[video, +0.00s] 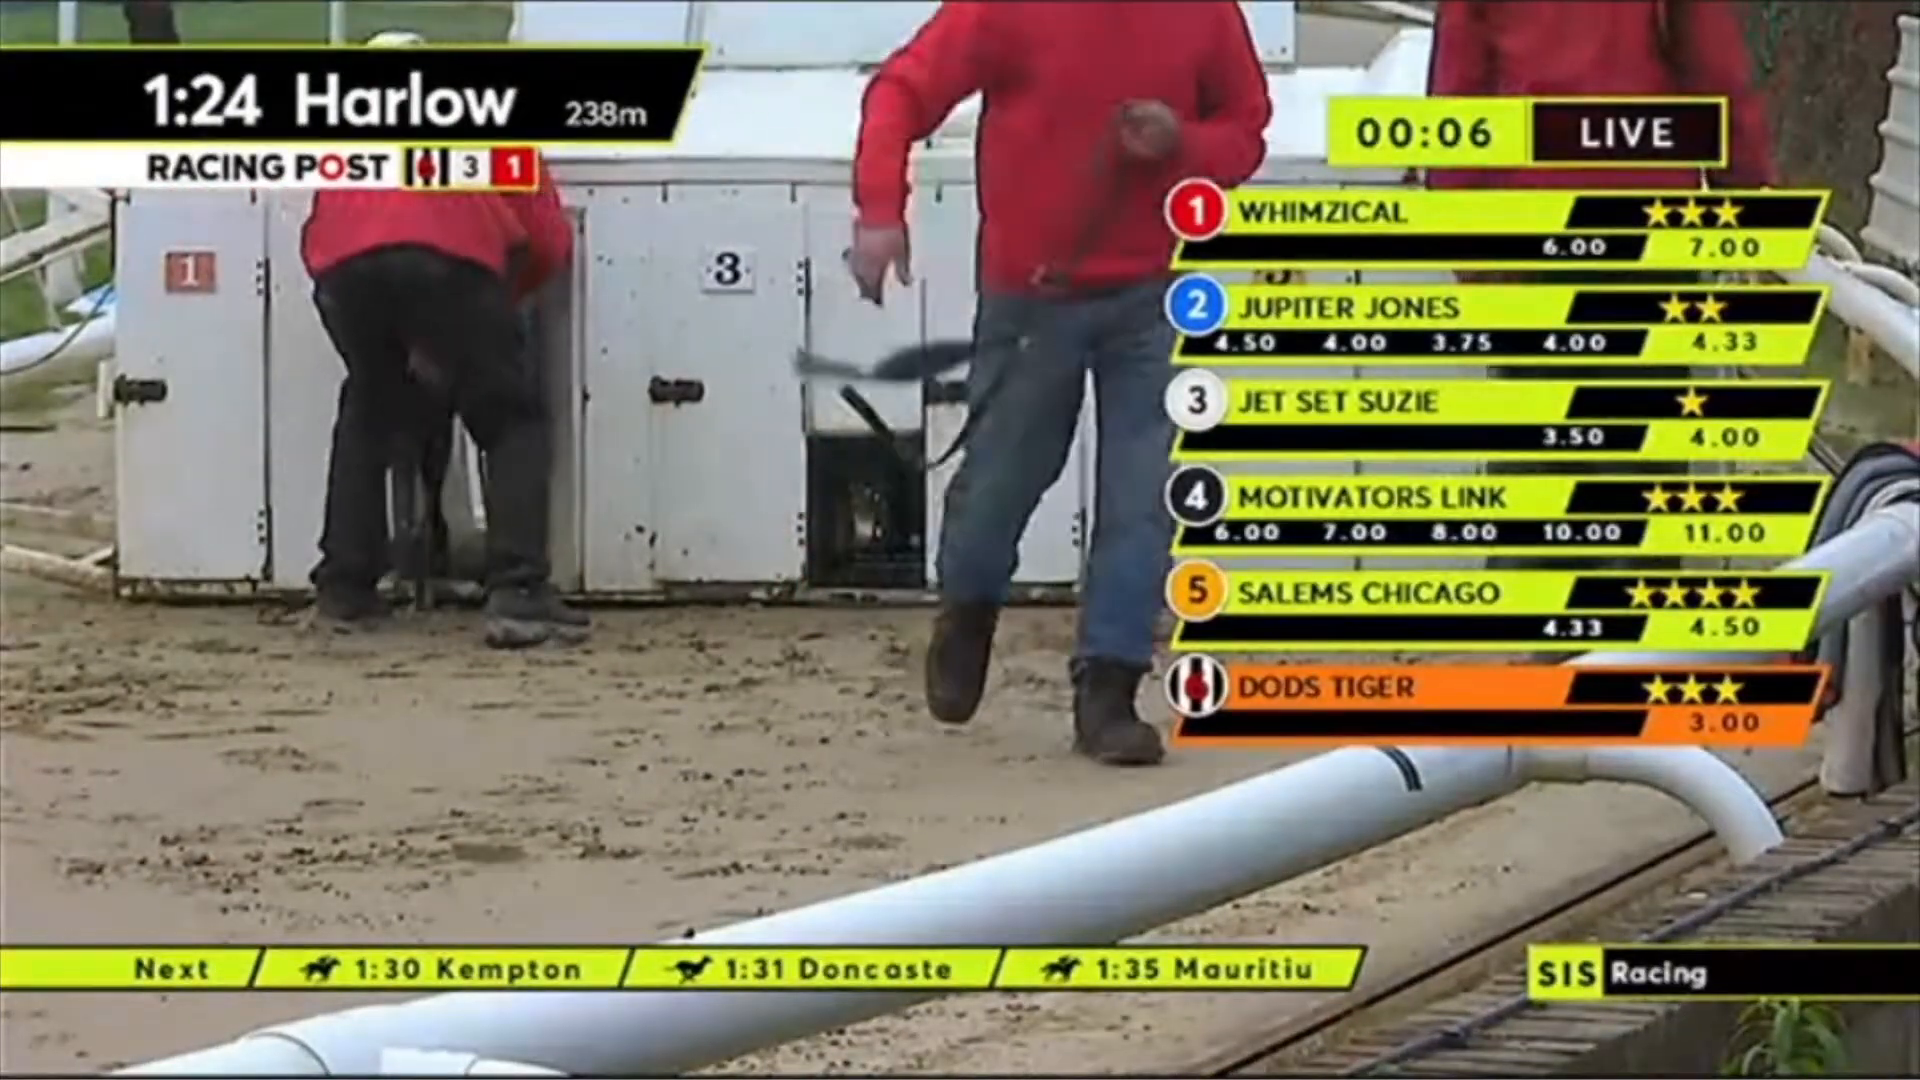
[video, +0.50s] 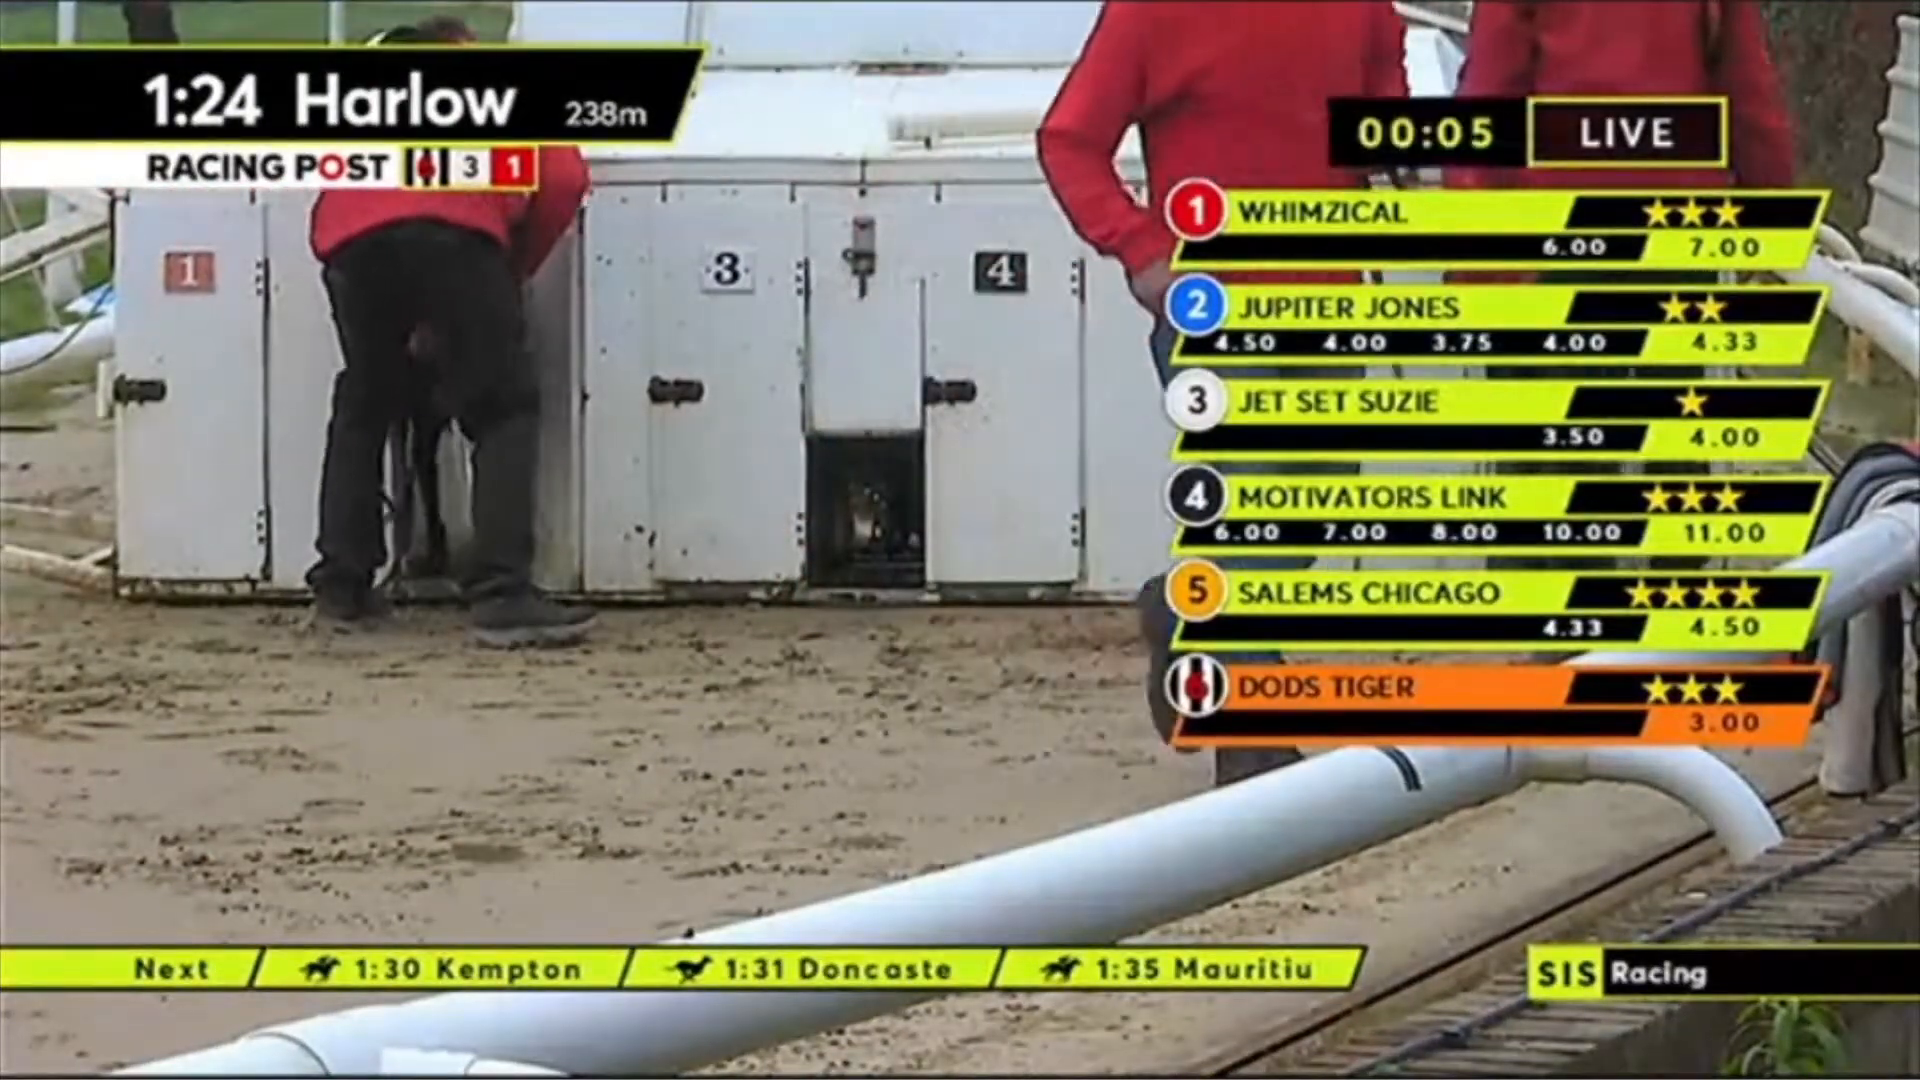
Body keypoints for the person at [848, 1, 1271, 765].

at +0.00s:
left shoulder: (1208, 14)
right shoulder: (1004, 13)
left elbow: (1247, 138)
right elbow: (900, 90)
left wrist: (1183, 140)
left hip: (1152, 290)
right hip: (1030, 289)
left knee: (1143, 497)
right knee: (1001, 479)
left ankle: (1109, 696)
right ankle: (969, 613)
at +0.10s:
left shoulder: (1243, 7)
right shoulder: (1029, 7)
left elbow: (1283, 97)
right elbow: (976, 113)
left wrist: (1224, 125)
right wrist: (992, 254)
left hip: (1184, 268)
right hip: (1064, 261)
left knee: (1157, 481)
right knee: (1074, 458)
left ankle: (1112, 690)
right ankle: (1039, 660)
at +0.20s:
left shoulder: (1266, 6)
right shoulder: (1048, 7)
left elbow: (1308, 88)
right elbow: (998, 107)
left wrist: (1258, 134)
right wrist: (1011, 249)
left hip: (1220, 264)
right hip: (1093, 259)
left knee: (1213, 461)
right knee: (1122, 453)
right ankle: (1111, 682)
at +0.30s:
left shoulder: (1295, 9)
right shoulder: (1080, 11)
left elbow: (1356, 111)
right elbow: (1009, 132)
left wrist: (1303, 152)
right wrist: (1056, 251)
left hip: (1259, 292)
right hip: (1128, 292)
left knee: (1190, 487)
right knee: (1179, 485)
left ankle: (1117, 671)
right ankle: (1226, 698)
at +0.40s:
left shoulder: (1337, 14)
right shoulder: (1122, 14)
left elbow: (1381, 120)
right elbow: (1048, 142)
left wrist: (1342, 175)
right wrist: (1111, 255)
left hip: (1312, 305)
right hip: (1182, 311)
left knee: (1290, 512)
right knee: (1247, 511)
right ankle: (1138, 648)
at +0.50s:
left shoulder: (1368, 13)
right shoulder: (1153, 12)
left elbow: (1394, 140)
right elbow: (1070, 139)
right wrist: (1139, 246)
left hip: (1346, 304)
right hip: (1214, 312)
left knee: (1336, 519)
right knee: (1252, 534)